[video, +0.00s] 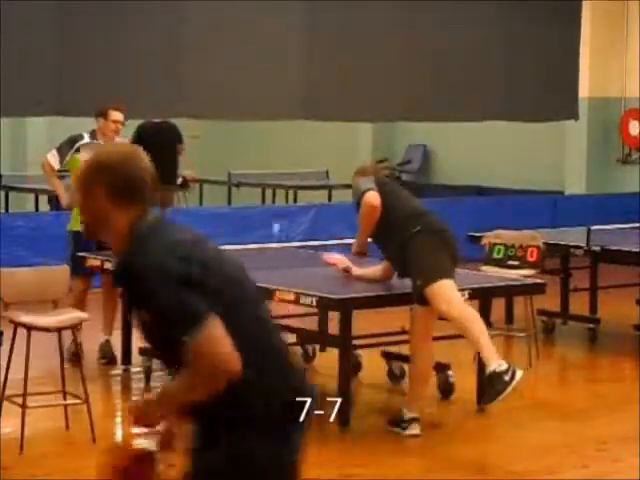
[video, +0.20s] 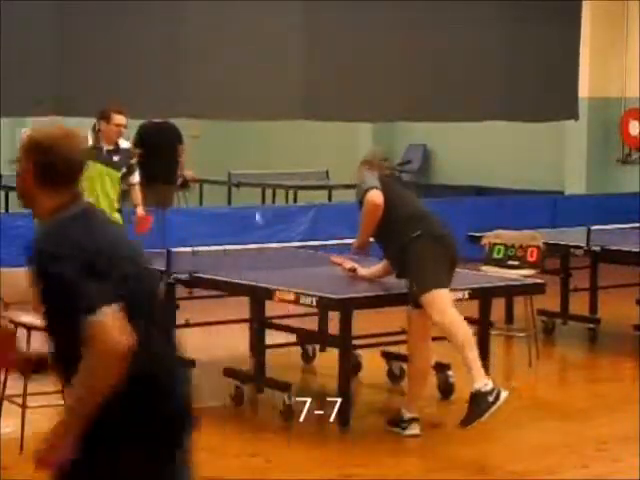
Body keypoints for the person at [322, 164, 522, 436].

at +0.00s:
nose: (357, 194)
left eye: (356, 188)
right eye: (357, 189)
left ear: (362, 180)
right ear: (383, 177)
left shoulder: (368, 180)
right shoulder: (401, 209)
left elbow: (372, 202)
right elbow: (385, 273)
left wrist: (361, 244)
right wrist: (352, 271)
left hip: (424, 239)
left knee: (449, 304)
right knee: (420, 338)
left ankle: (497, 367)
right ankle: (411, 415)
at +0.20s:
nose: (360, 178)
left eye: (360, 175)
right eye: (362, 175)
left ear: (366, 170)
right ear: (385, 171)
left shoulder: (370, 177)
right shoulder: (400, 194)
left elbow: (375, 200)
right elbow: (401, 255)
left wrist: (362, 241)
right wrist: (366, 273)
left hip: (424, 244)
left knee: (442, 313)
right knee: (418, 335)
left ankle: (483, 386)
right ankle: (410, 415)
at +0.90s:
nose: (437, 139)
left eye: (437, 133)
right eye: (439, 133)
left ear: (444, 134)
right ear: (473, 134)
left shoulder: (436, 172)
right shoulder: (501, 170)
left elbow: (416, 229)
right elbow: (528, 223)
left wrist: (426, 216)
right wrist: (501, 240)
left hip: (460, 276)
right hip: (506, 276)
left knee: (438, 357)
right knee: (514, 353)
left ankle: (436, 445)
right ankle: (530, 437)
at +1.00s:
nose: (445, 144)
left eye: (446, 138)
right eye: (446, 138)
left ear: (453, 138)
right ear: (479, 139)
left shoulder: (443, 173)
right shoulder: (508, 174)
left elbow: (422, 233)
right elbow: (536, 226)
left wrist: (426, 225)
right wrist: (515, 249)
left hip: (467, 277)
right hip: (513, 277)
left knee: (438, 359)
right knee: (517, 357)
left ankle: (435, 445)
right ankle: (531, 440)